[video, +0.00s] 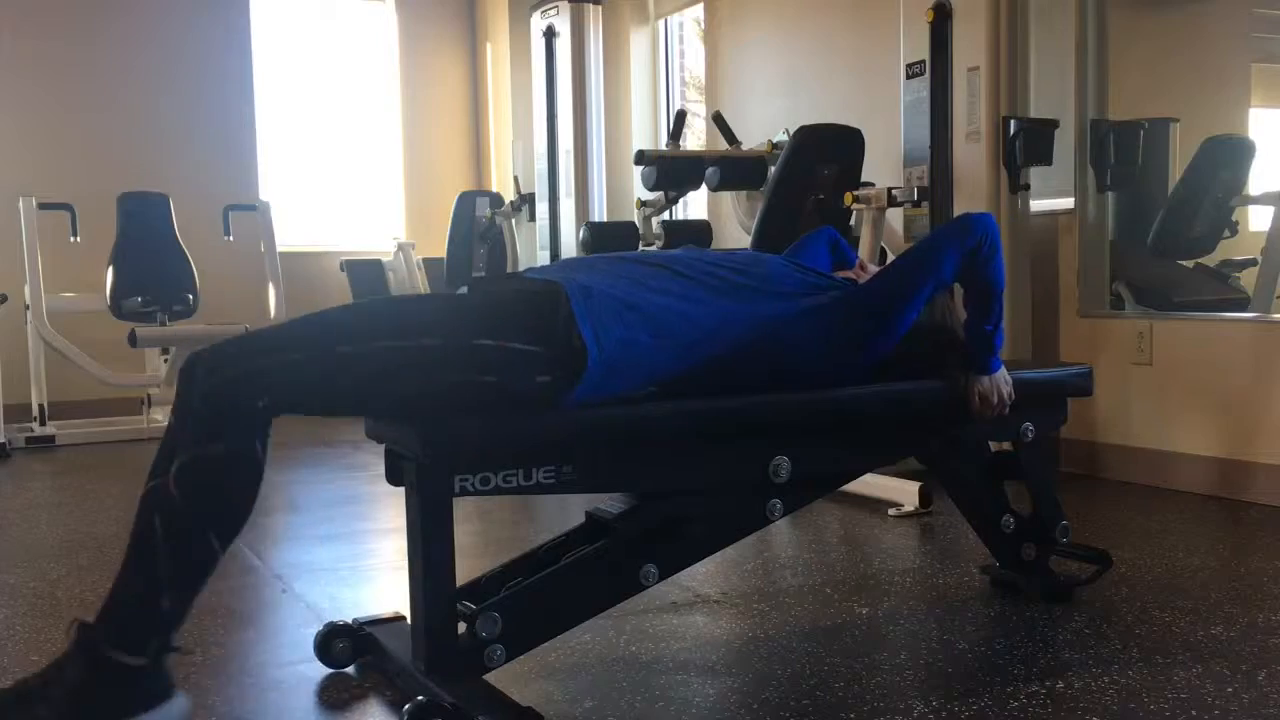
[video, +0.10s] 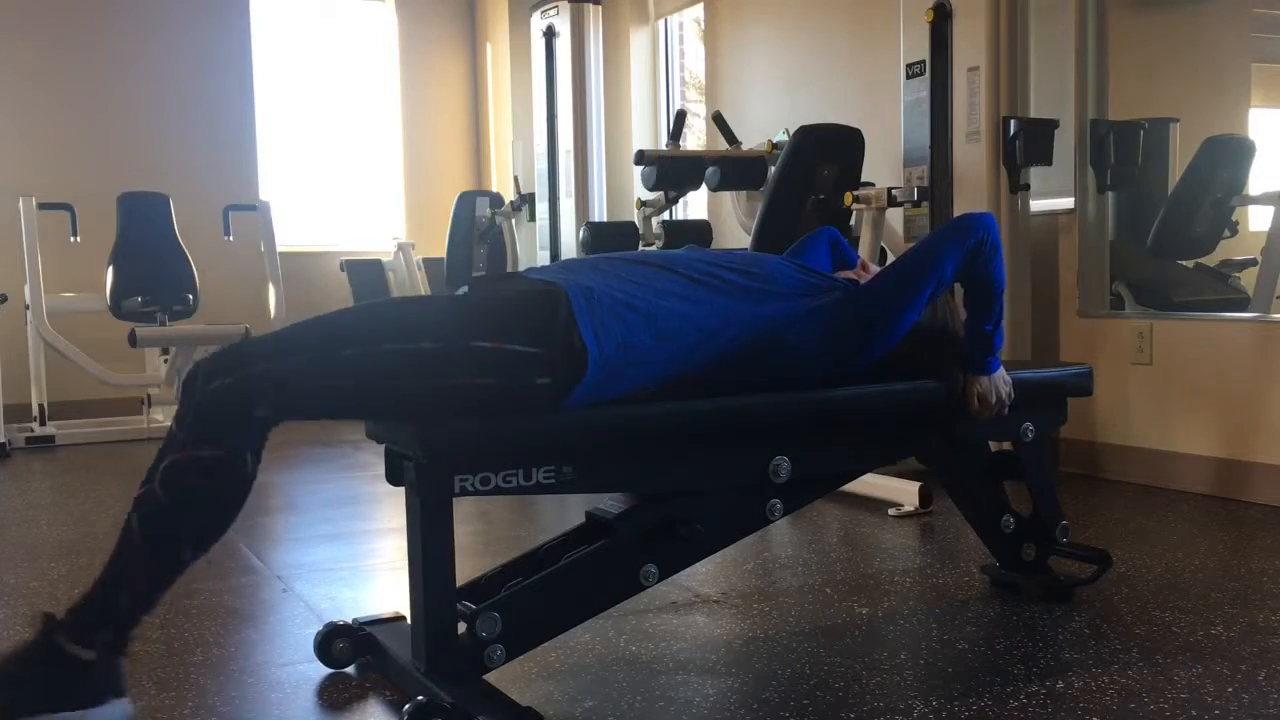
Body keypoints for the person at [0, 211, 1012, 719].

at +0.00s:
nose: (840, 234)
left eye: (850, 231)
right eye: (835, 226)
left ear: (856, 272)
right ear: (813, 250)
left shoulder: (844, 313)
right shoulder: (735, 273)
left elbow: (974, 223)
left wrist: (973, 347)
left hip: (541, 332)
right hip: (504, 304)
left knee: (225, 377)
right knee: (223, 368)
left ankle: (127, 656)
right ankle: (129, 640)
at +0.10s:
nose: (849, 242)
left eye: (865, 248)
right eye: (848, 238)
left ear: (874, 283)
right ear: (822, 261)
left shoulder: (850, 315)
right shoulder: (747, 277)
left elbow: (974, 222)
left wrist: (970, 339)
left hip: (543, 334)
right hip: (508, 304)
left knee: (230, 385)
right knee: (232, 371)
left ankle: (91, 645)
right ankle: (95, 629)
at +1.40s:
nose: (887, 254)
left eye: (899, 267)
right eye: (892, 254)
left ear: (908, 309)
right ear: (876, 261)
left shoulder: (877, 325)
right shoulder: (827, 271)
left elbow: (1001, 235)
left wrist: (985, 357)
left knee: (829, 174)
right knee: (784, 164)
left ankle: (842, 1)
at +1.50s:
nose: (892, 258)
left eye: (904, 269)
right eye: (895, 258)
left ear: (917, 309)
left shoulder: (888, 326)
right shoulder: (838, 287)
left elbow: (1007, 239)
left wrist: (987, 359)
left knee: (838, 190)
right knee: (793, 172)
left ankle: (872, 8)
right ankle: (825, 3)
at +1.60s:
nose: (891, 257)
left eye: (906, 267)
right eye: (901, 257)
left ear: (918, 306)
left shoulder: (884, 327)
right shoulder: (840, 295)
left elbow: (1008, 241)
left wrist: (993, 356)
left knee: (838, 202)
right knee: (792, 180)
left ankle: (885, 20)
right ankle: (836, 10)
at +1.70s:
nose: (891, 258)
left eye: (904, 273)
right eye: (901, 262)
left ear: (914, 314)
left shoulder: (886, 331)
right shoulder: (852, 298)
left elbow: (1010, 243)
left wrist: (1007, 356)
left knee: (830, 188)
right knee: (803, 174)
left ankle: (881, 19)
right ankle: (839, 9)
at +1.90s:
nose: (882, 252)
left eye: (896, 264)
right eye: (887, 254)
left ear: (899, 293)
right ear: (871, 264)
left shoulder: (880, 325)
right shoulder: (827, 267)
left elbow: (997, 235)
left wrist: (1000, 349)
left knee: (816, 173)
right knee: (769, 160)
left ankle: (837, 3)